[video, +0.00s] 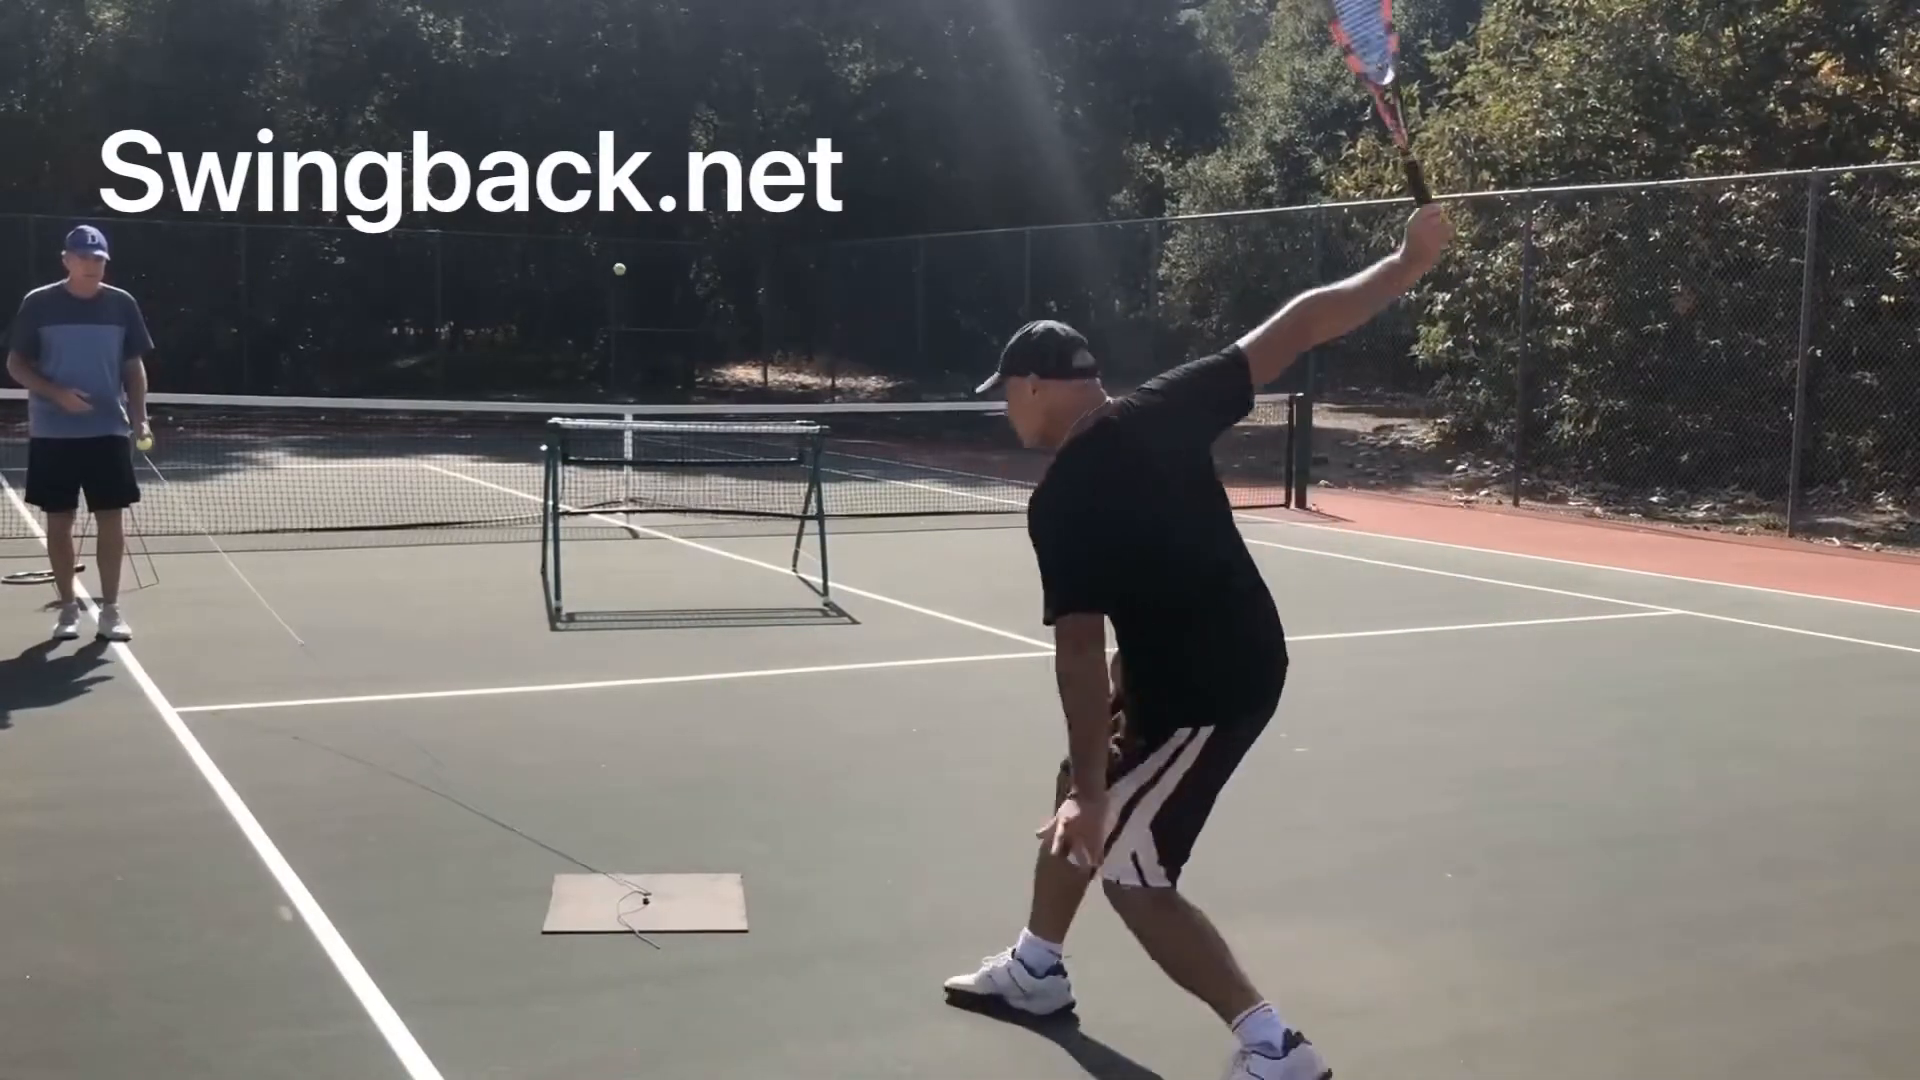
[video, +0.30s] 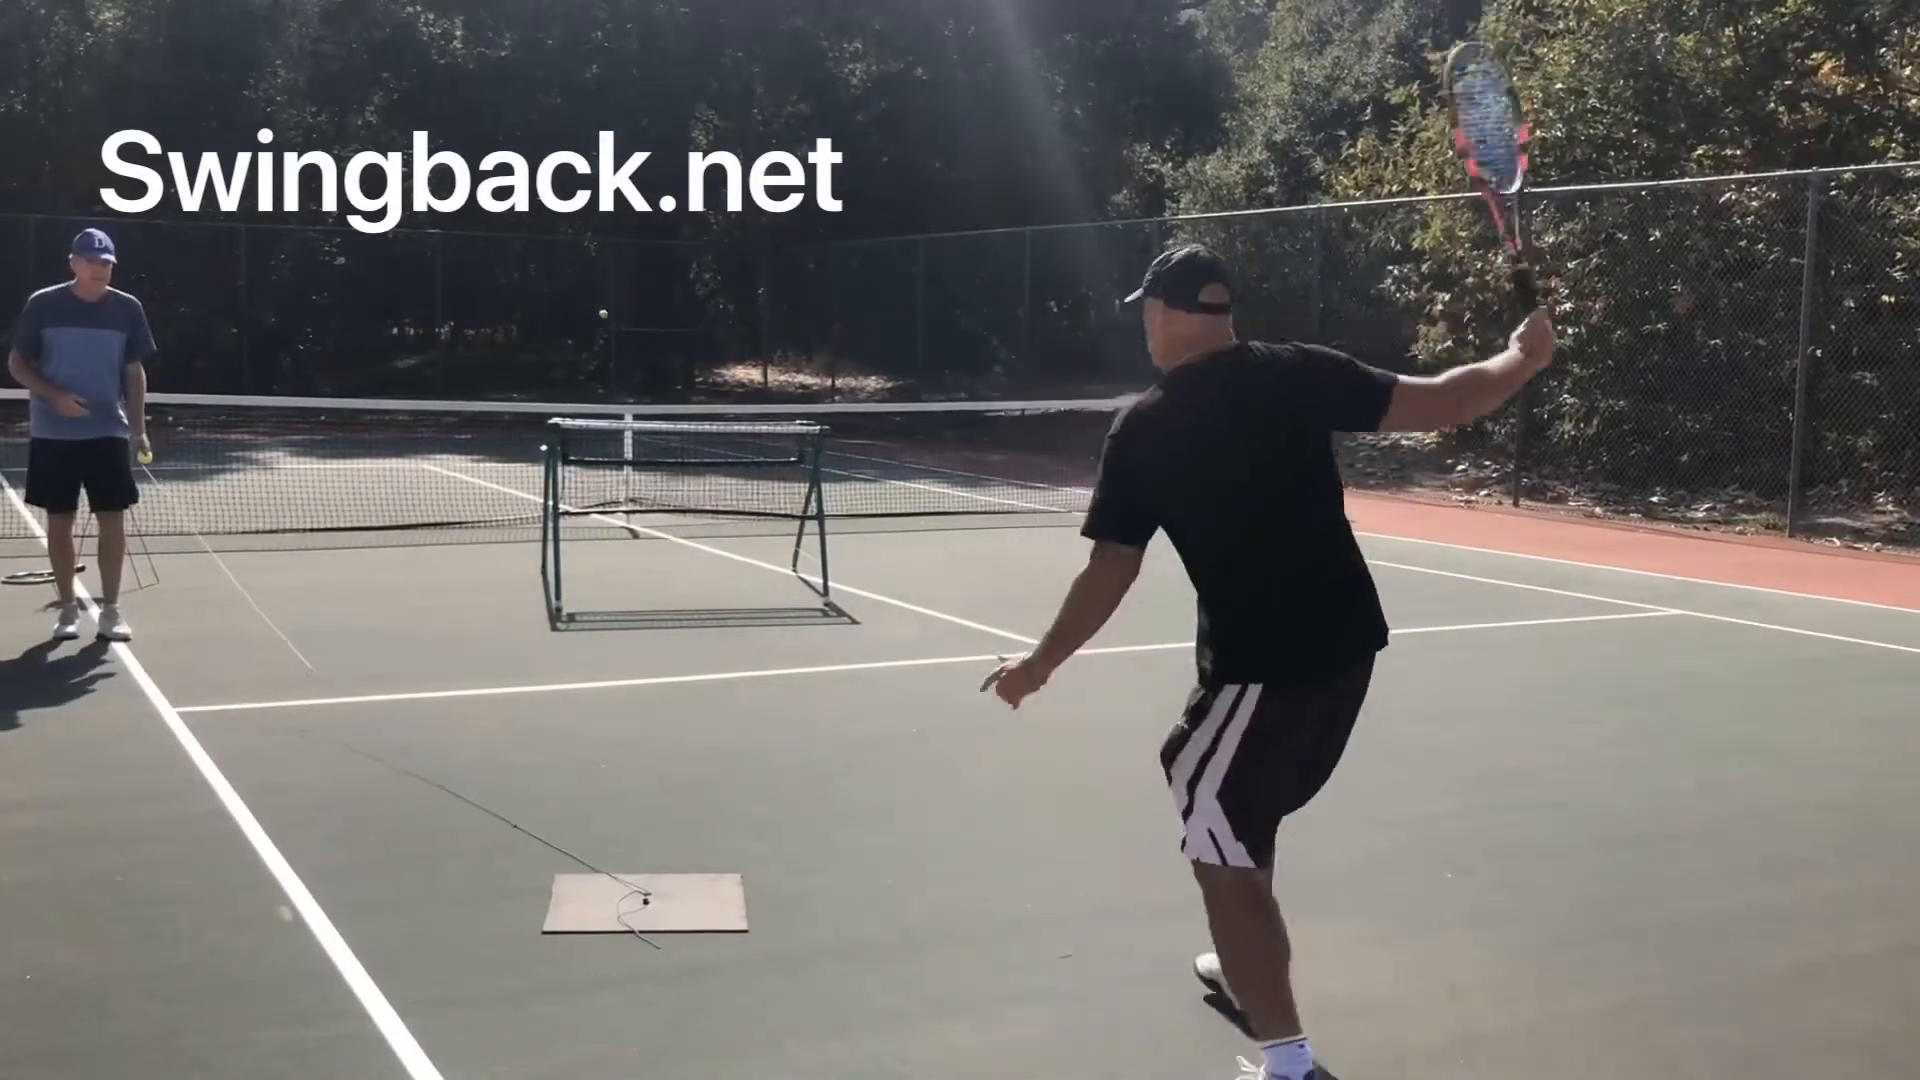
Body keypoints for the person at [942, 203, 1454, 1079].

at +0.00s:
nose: (1009, 409)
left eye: (1011, 393)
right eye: (1008, 394)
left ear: (1044, 388)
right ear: (1084, 379)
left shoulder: (1060, 497)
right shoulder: (1170, 408)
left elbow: (1080, 655)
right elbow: (1297, 325)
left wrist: (1090, 793)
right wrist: (1408, 260)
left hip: (1202, 687)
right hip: (1236, 652)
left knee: (1131, 875)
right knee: (1081, 794)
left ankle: (1271, 1046)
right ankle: (1036, 966)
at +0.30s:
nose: (1145, 324)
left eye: (1150, 310)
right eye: (1148, 309)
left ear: (1173, 315)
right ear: (1227, 312)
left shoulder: (1146, 426)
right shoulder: (1300, 374)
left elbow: (1111, 571)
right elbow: (1443, 401)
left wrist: (1041, 660)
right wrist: (1523, 357)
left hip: (1260, 657)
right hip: (1347, 638)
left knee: (1216, 834)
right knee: (1231, 799)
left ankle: (1288, 1060)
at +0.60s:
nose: (1253, 328)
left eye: (1257, 315)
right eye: (1256, 315)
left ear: (1278, 322)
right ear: (1334, 321)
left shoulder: (1266, 425)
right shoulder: (1402, 403)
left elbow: (1272, 566)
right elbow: (1465, 529)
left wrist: (1224, 623)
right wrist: (1405, 589)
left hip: (1318, 676)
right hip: (1422, 671)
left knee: (1249, 839)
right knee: (1430, 837)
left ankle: (1288, 1040)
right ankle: (1490, 1003)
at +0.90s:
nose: (1242, 285)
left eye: (1250, 274)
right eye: (1246, 272)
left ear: (1278, 282)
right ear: (1325, 285)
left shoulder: (1258, 376)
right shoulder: (1384, 363)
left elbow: (1261, 519)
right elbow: (1413, 491)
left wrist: (1219, 559)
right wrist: (1285, 552)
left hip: (1305, 619)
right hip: (1396, 618)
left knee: (1227, 767)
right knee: (1384, 775)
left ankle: (1233, 983)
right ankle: (1431, 955)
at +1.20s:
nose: (1222, 306)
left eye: (1231, 293)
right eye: (1226, 293)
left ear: (1267, 300)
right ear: (1287, 301)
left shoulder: (1296, 384)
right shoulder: (1305, 375)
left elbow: (1311, 530)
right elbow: (1299, 521)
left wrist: (1213, 569)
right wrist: (1232, 582)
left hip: (1326, 627)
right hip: (1337, 618)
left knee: (1256, 788)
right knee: (1301, 777)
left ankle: (1253, 996)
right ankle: (1349, 939)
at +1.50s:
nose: (1171, 326)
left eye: (1181, 312)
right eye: (1174, 313)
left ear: (1223, 317)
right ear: (1217, 319)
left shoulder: (1297, 399)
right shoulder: (1205, 402)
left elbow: (1351, 520)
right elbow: (1194, 514)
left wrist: (1252, 569)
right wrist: (1187, 587)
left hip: (1338, 629)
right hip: (1277, 626)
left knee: (1299, 793)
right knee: (1251, 769)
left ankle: (1373, 977)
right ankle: (1334, 925)